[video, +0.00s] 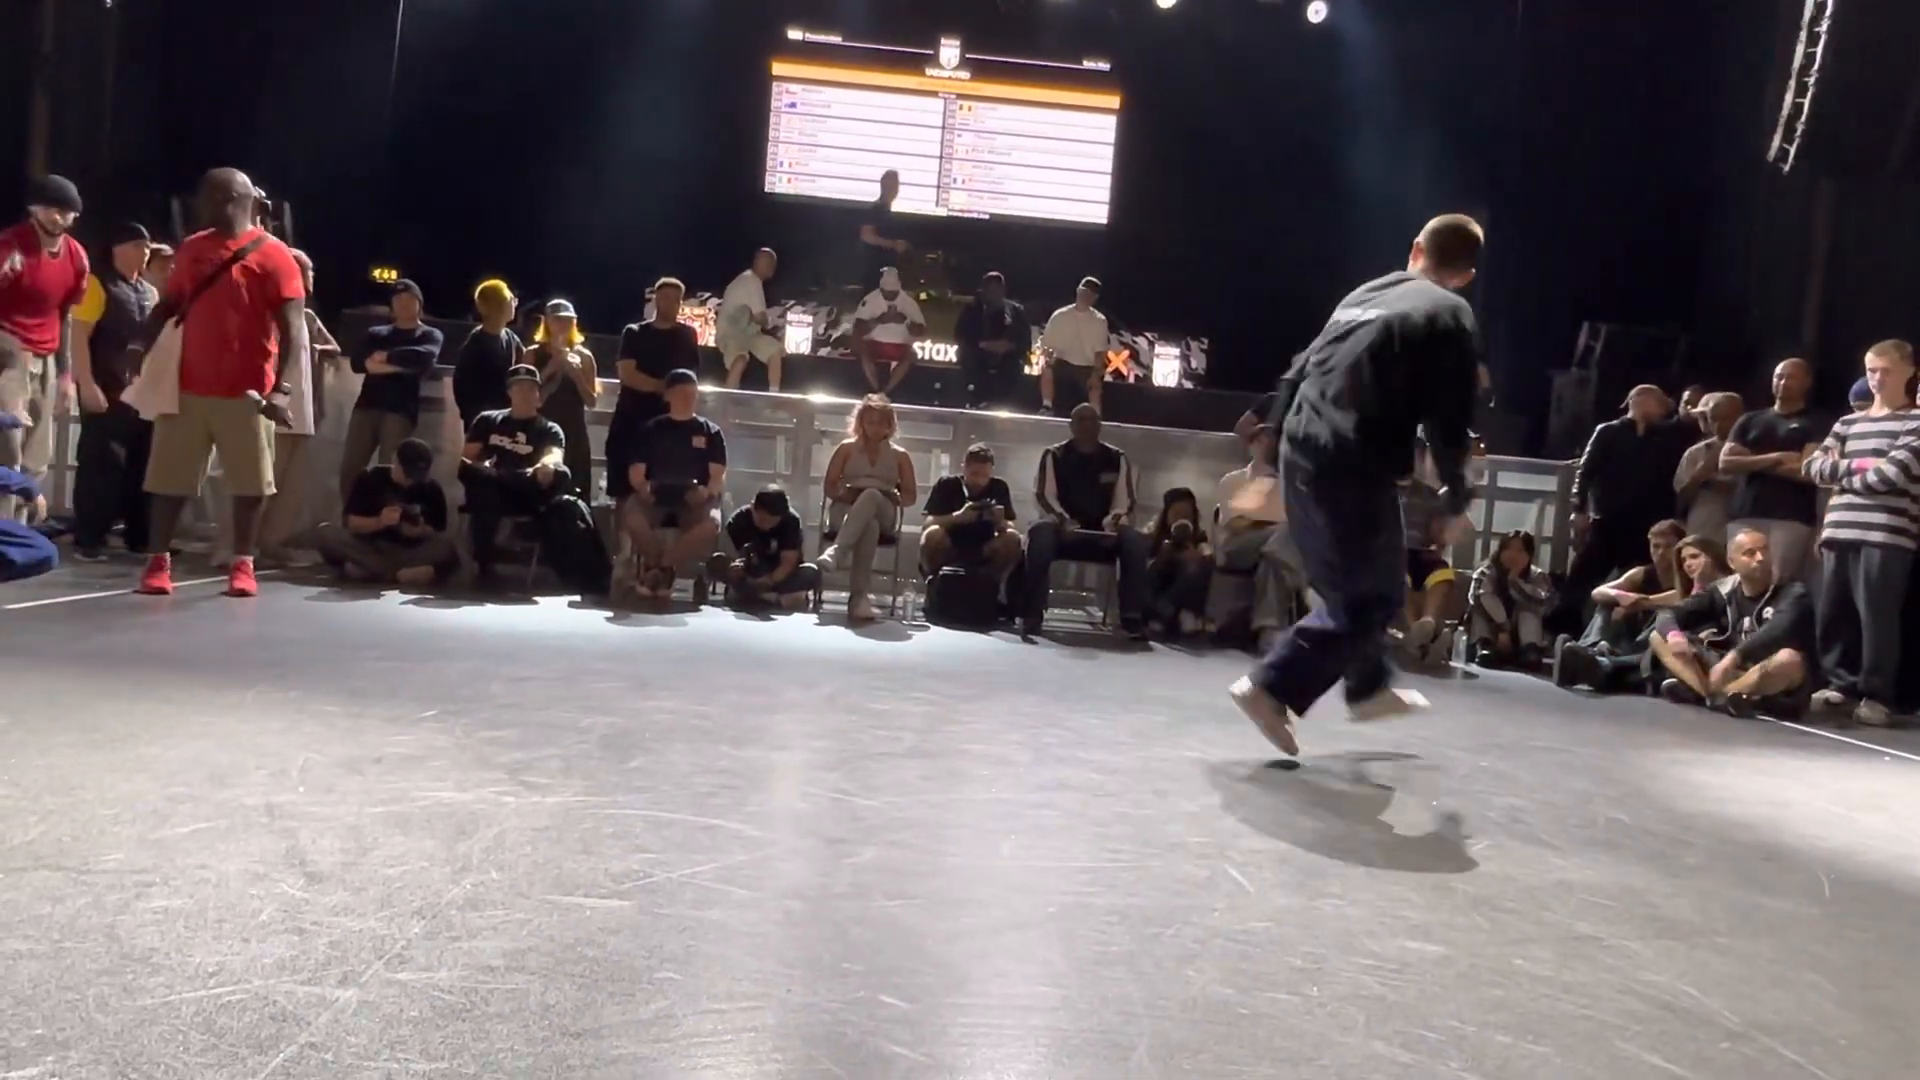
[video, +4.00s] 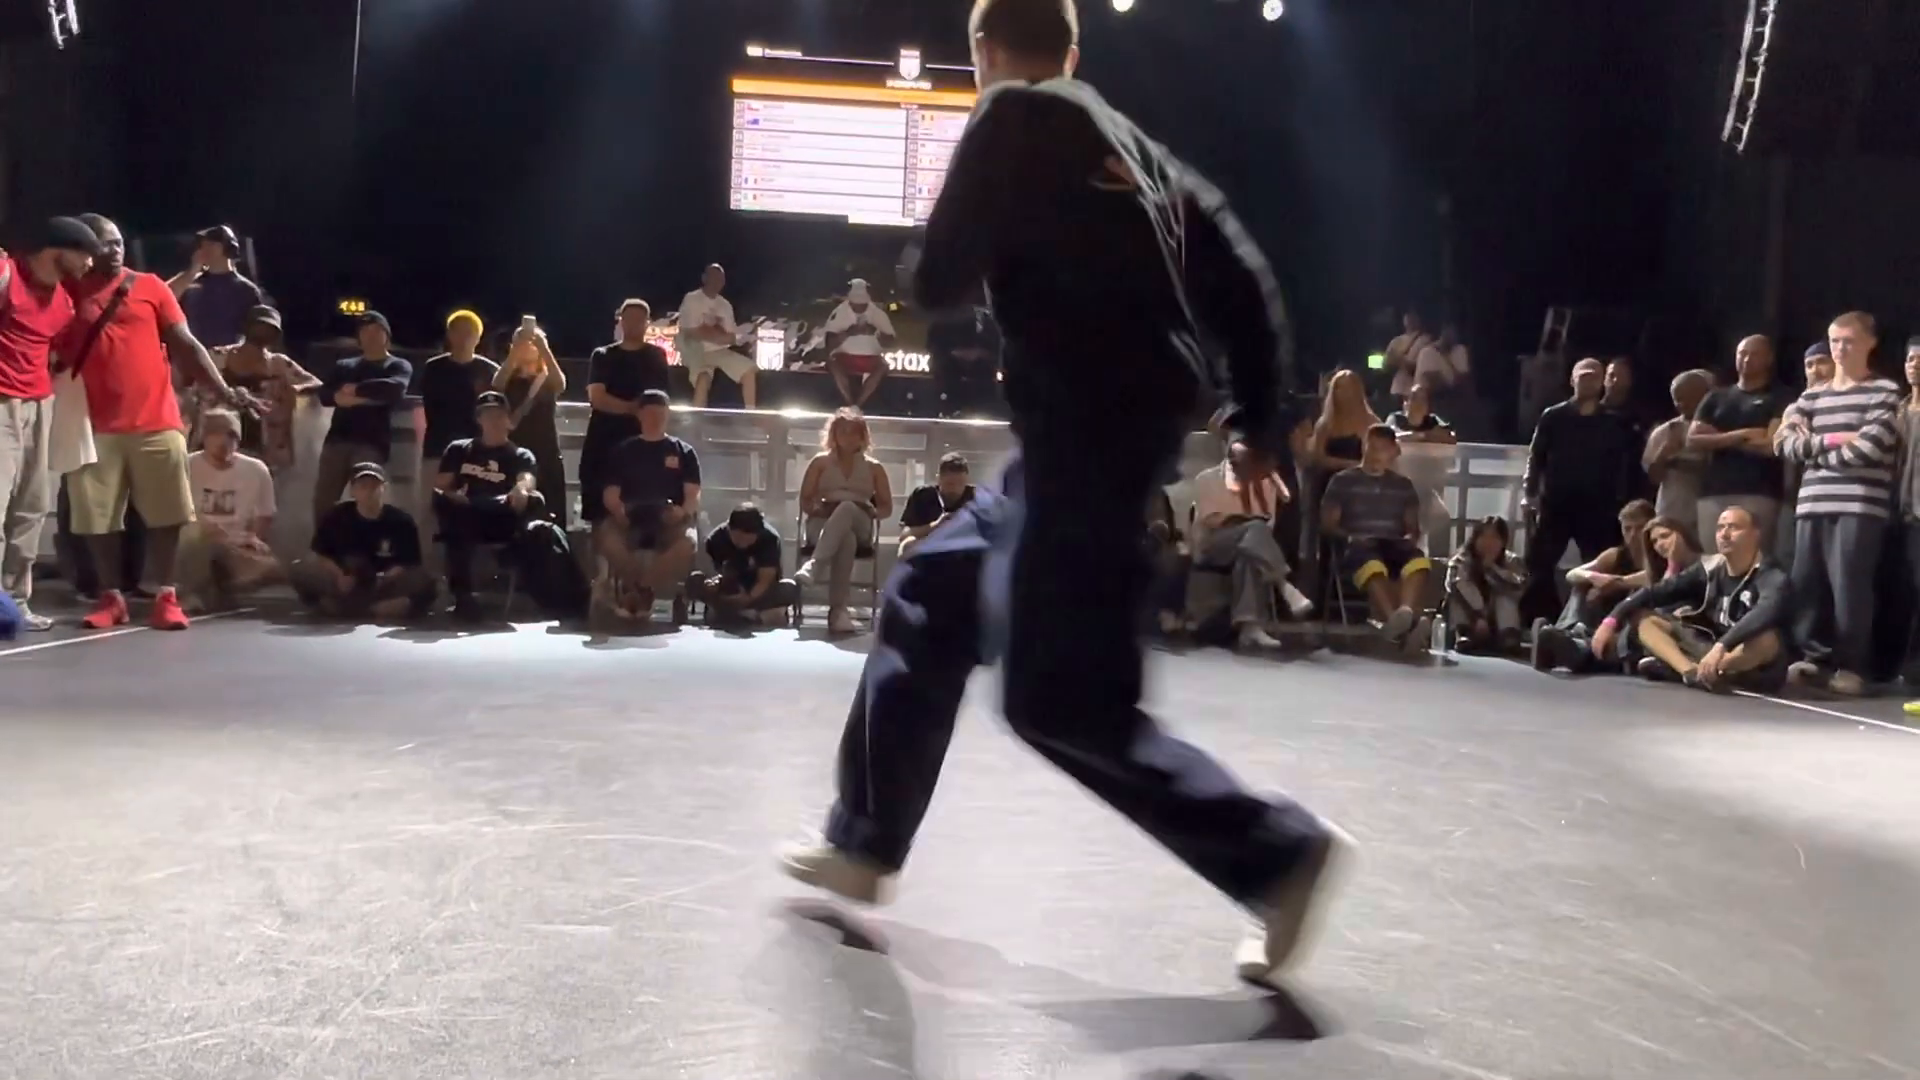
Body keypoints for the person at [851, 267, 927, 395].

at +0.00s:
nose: (890, 295)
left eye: (893, 292)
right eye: (886, 291)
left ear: (899, 288)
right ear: (880, 288)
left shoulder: (908, 302)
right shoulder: (870, 300)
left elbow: (920, 331)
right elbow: (858, 329)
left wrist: (905, 321)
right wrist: (880, 320)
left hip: (900, 346)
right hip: (874, 344)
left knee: (910, 356)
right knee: (864, 354)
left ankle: (886, 391)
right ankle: (877, 391)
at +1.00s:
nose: (889, 296)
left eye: (893, 293)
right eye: (886, 293)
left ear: (898, 289)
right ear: (879, 289)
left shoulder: (907, 302)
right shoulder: (869, 300)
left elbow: (919, 332)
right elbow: (857, 331)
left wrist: (903, 321)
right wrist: (878, 320)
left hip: (899, 346)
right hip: (874, 344)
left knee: (909, 357)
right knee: (862, 353)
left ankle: (884, 392)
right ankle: (875, 391)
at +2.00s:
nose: (890, 297)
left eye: (894, 294)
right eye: (887, 294)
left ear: (899, 291)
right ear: (881, 290)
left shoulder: (908, 303)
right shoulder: (870, 301)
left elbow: (918, 333)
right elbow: (858, 331)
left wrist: (904, 322)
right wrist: (878, 322)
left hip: (900, 347)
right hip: (873, 345)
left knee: (910, 358)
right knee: (863, 354)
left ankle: (885, 393)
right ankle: (875, 392)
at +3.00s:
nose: (876, 305)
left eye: (880, 301)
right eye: (873, 301)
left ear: (885, 298)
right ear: (867, 298)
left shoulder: (894, 310)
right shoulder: (856, 309)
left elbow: (905, 340)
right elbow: (845, 339)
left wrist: (891, 330)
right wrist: (866, 330)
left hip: (887, 354)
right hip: (860, 352)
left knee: (897, 365)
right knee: (851, 362)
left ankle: (874, 401)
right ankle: (863, 398)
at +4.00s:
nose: (859, 308)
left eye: (863, 304)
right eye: (856, 304)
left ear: (868, 301)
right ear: (849, 301)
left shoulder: (878, 313)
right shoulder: (840, 312)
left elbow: (890, 342)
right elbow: (829, 344)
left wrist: (875, 331)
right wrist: (848, 332)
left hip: (871, 357)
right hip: (845, 355)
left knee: (882, 368)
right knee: (834, 365)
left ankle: (858, 405)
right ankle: (850, 404)